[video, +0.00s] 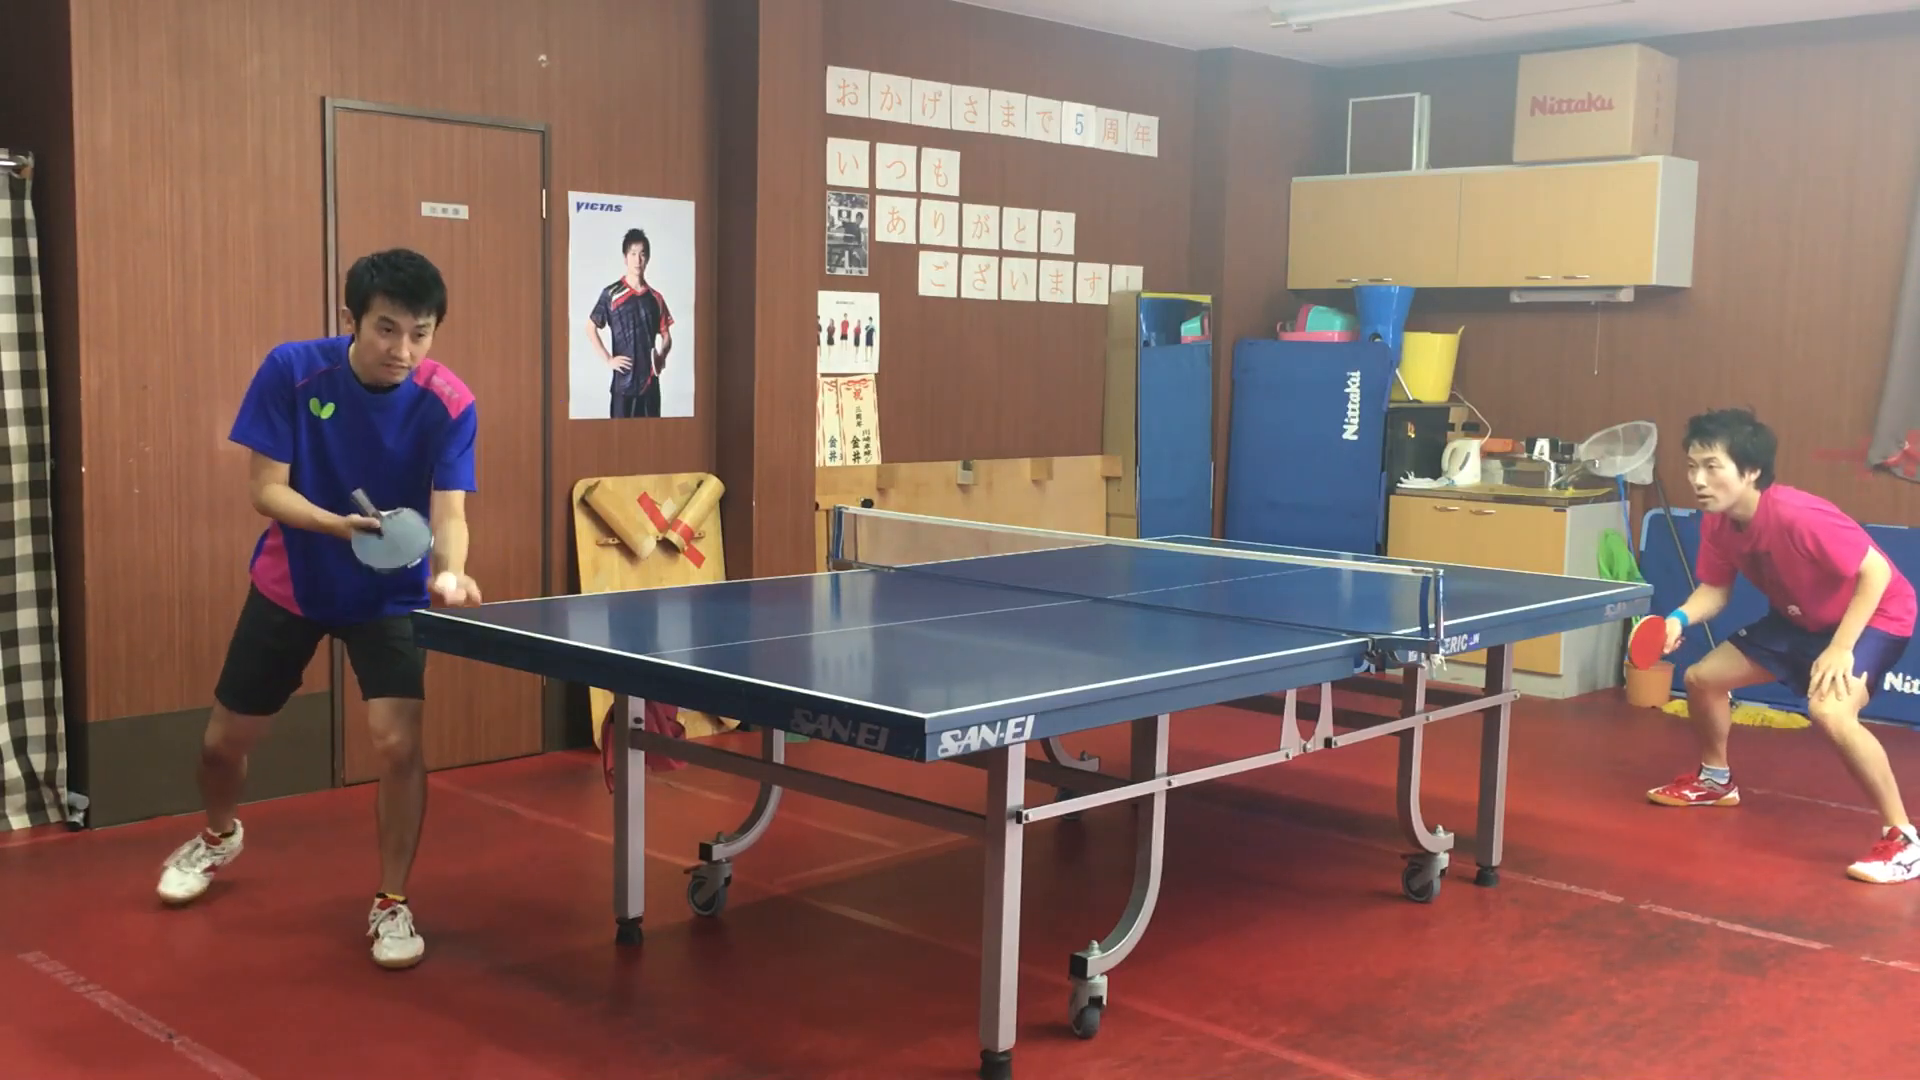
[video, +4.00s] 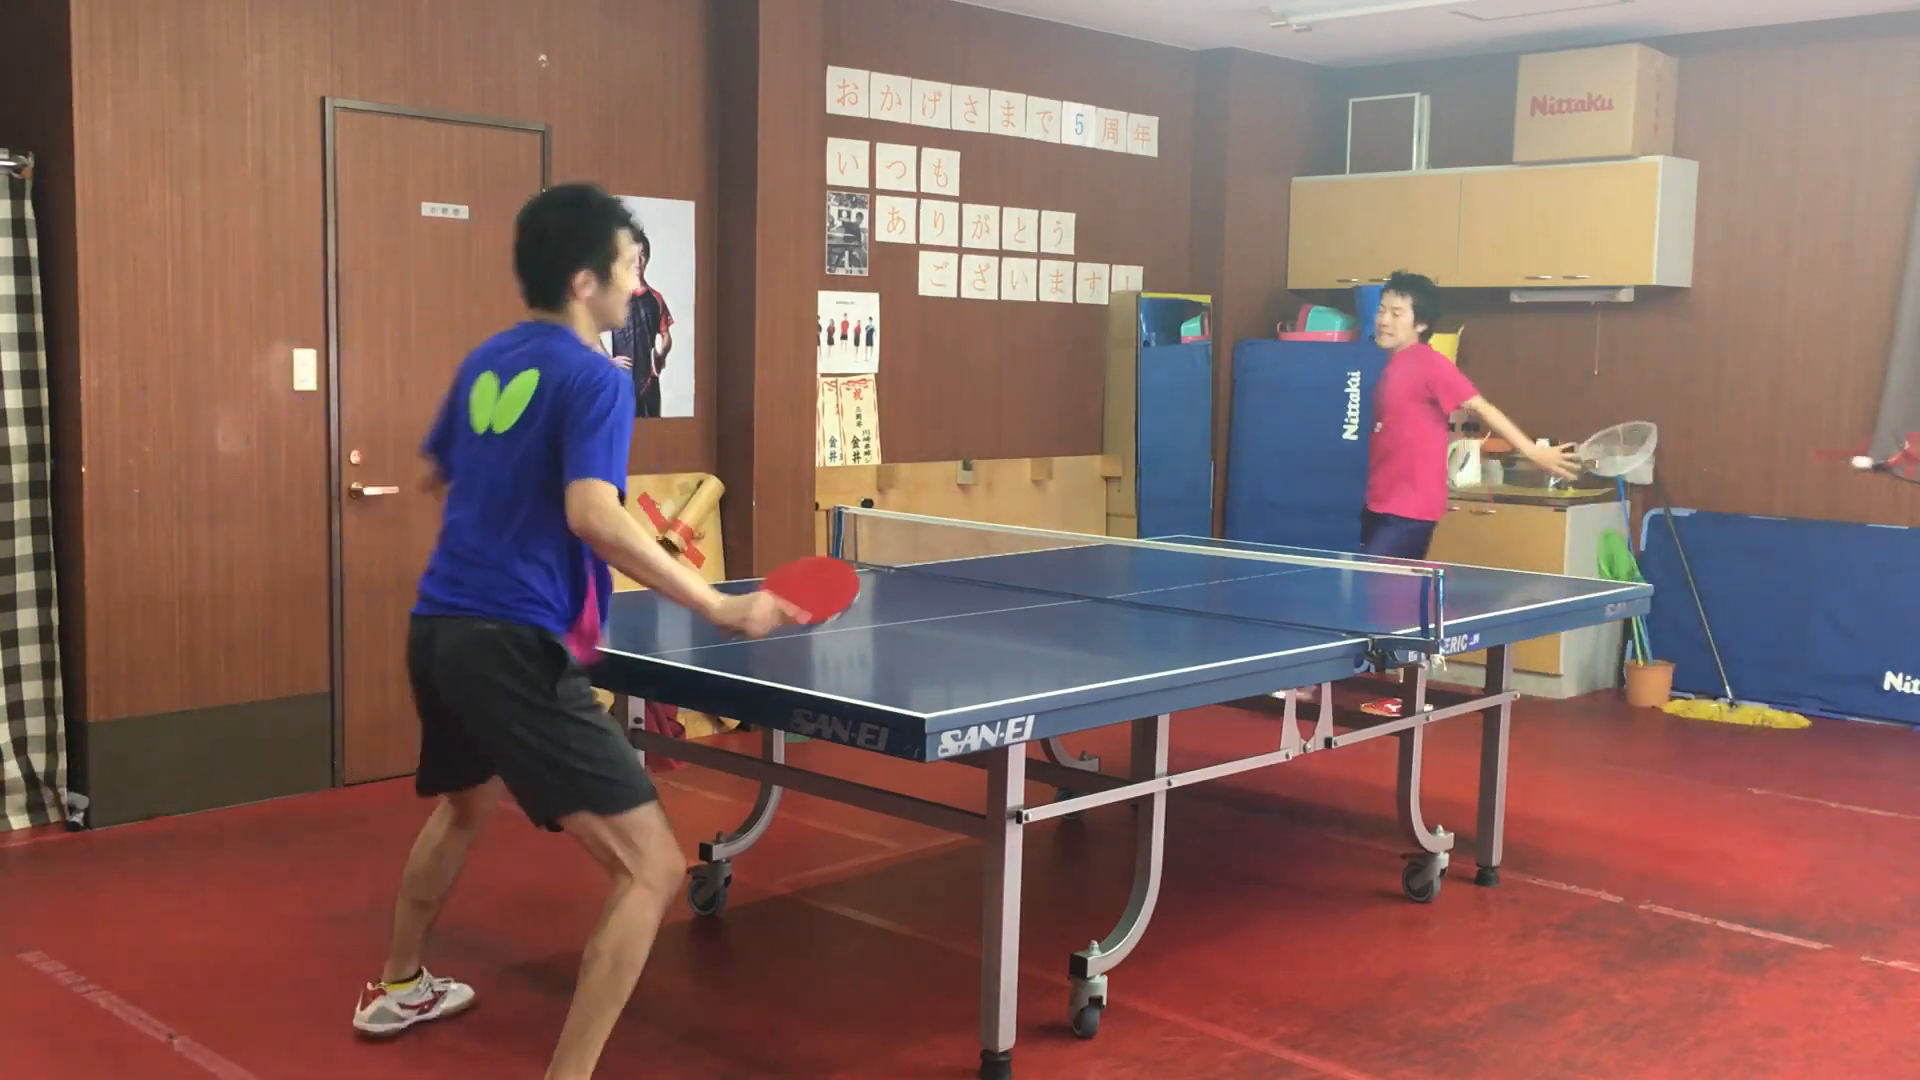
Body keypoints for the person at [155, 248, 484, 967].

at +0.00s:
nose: (401, 351)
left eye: (418, 334)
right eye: (386, 331)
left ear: (433, 330)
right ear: (354, 320)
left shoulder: (448, 402)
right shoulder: (293, 371)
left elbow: (451, 517)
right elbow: (267, 492)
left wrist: (452, 570)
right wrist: (336, 523)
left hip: (387, 595)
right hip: (291, 583)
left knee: (400, 748)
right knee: (221, 745)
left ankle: (392, 901)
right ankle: (219, 836)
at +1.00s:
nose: (218, 407)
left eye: (225, 388)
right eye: (196, 397)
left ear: (238, 374)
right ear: (162, 401)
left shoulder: (290, 439)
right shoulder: (135, 440)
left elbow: (378, 498)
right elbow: (40, 490)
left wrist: (340, 594)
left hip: (313, 638)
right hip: (209, 654)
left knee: (398, 742)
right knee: (150, 817)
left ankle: (348, 907)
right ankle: (178, 849)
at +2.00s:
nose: (340, 347)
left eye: (340, 329)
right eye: (329, 328)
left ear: (272, 335)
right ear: (267, 335)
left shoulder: (271, 409)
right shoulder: (176, 428)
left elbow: (288, 500)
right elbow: (106, 571)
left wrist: (359, 568)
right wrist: (193, 664)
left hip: (151, 642)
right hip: (112, 650)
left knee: (158, 793)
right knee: (246, 803)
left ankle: (15, 927)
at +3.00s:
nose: (380, 360)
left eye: (378, 343)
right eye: (368, 344)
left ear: (317, 357)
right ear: (311, 358)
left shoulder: (350, 427)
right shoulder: (213, 452)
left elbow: (415, 513)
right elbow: (142, 589)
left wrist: (470, 571)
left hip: (253, 657)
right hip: (179, 657)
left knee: (272, 818)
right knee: (261, 843)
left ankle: (204, 921)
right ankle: (157, 1057)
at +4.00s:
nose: (637, 286)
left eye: (636, 268)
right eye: (629, 268)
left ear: (544, 275)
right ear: (584, 278)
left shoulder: (487, 358)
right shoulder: (597, 378)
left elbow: (438, 470)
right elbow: (591, 511)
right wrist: (717, 604)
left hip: (438, 636)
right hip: (513, 650)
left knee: (461, 804)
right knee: (654, 867)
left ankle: (396, 985)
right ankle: (569, 1070)